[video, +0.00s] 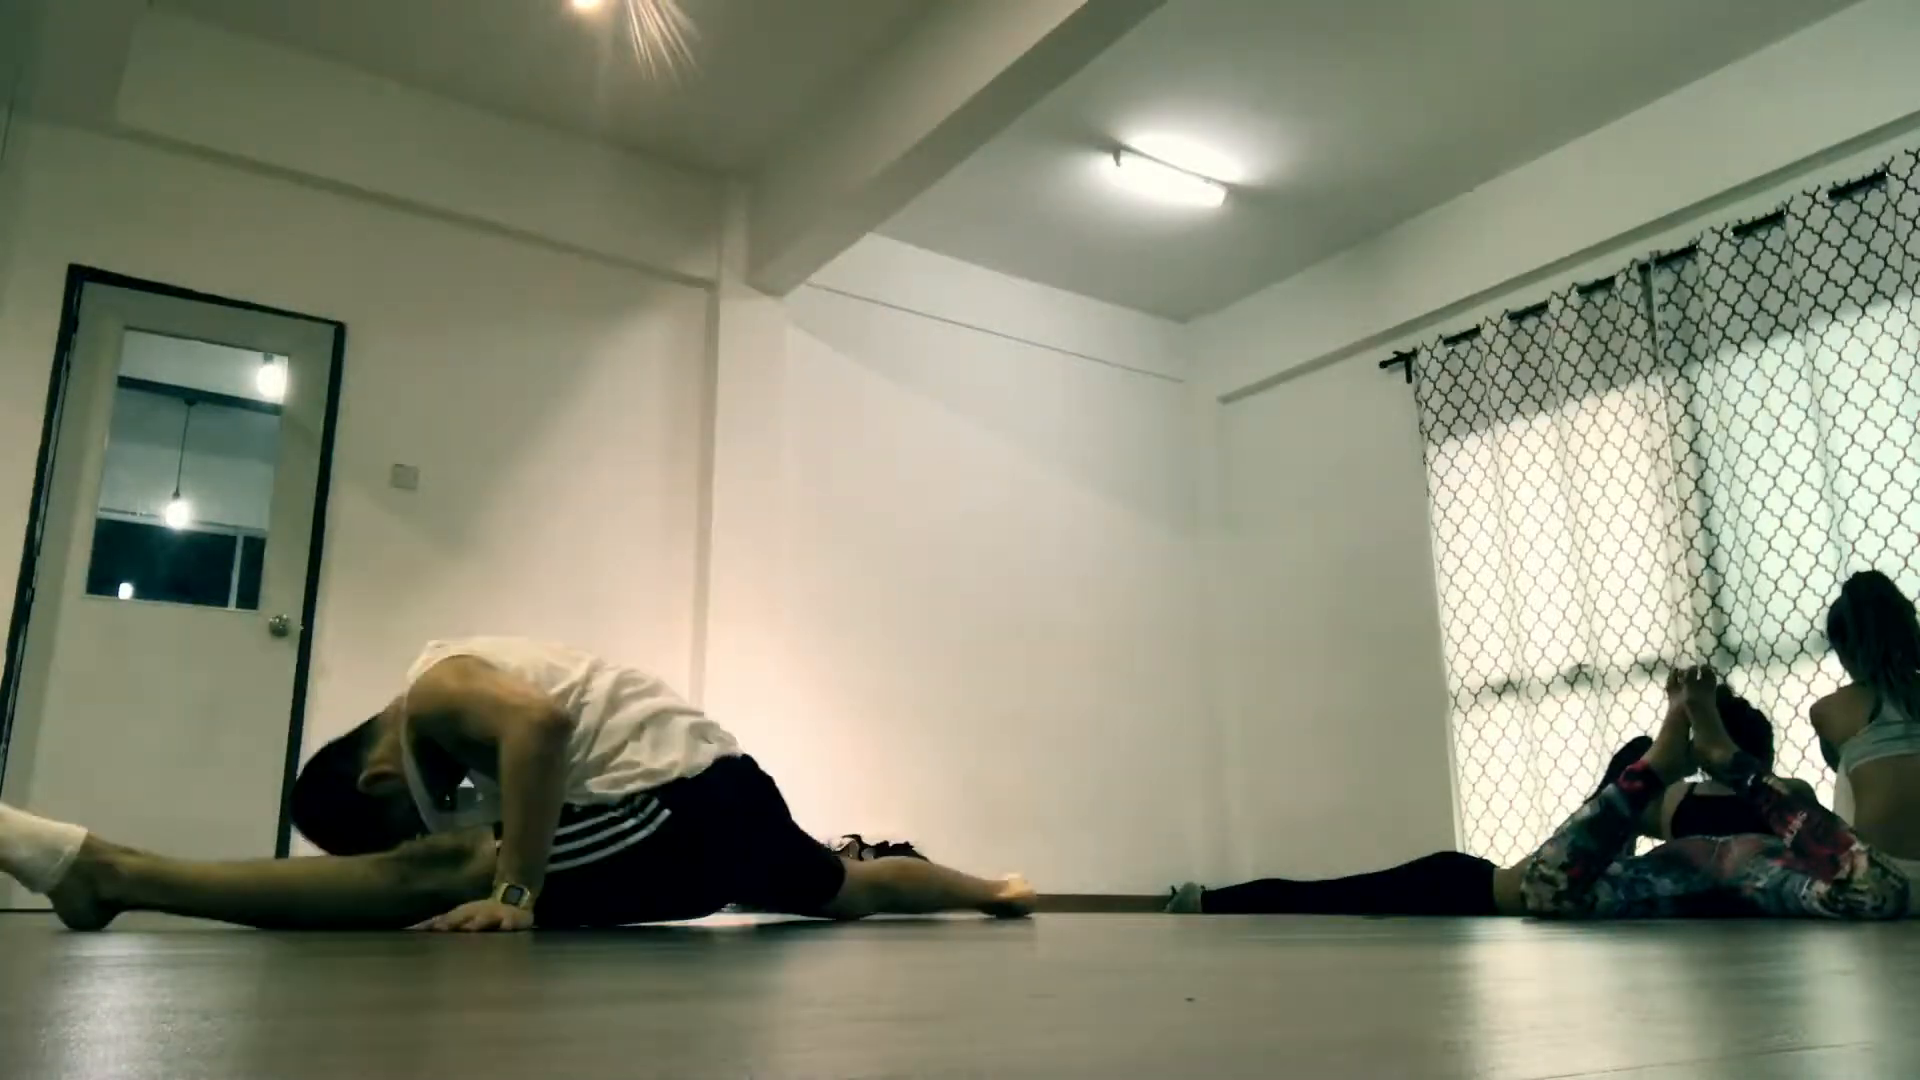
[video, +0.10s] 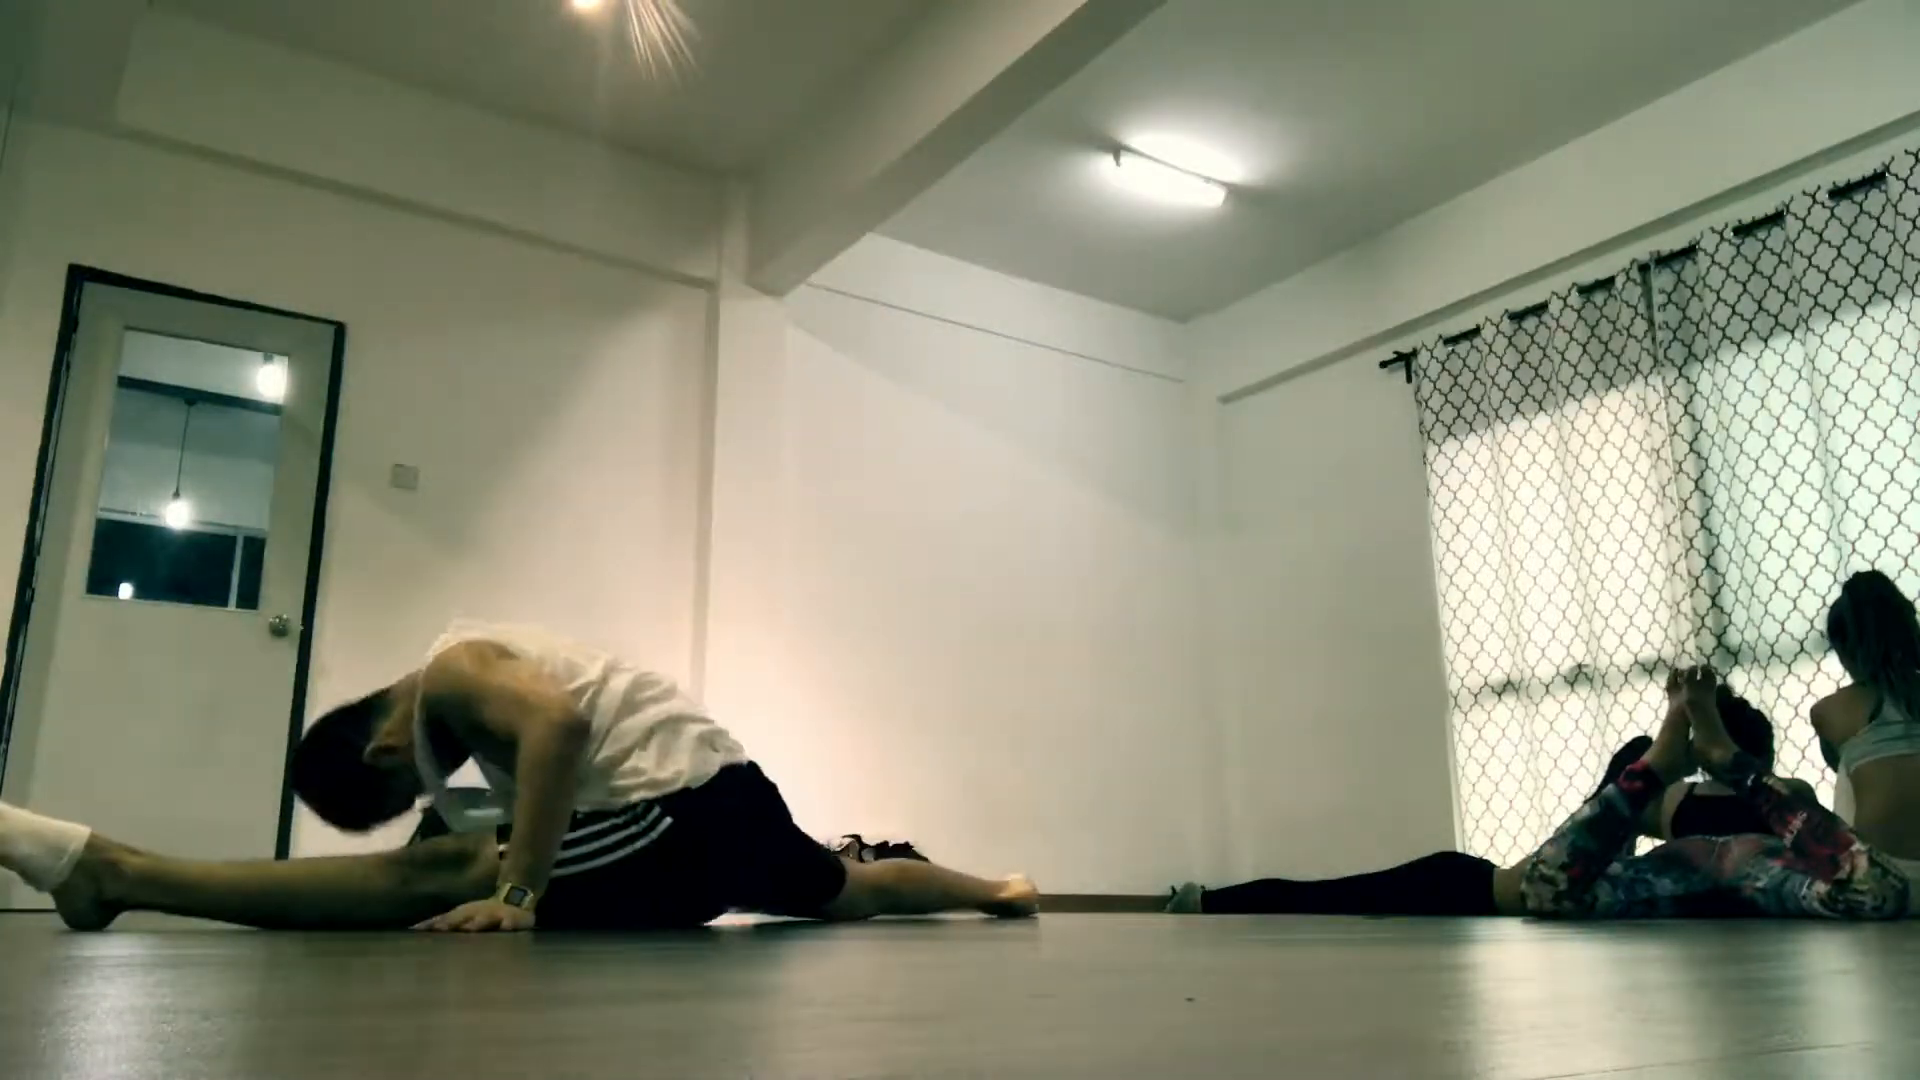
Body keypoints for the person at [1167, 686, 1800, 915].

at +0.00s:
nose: (1694, 735)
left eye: (1708, 727)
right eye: (1704, 725)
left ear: (1724, 741)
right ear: (1726, 740)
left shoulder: (1711, 805)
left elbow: (1643, 802)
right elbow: (1638, 796)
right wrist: (1674, 724)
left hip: (1483, 886)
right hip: (1482, 882)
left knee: (1338, 896)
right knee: (1336, 893)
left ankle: (1212, 900)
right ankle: (1211, 898)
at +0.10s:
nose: (1694, 736)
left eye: (1707, 728)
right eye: (1703, 724)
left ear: (1725, 740)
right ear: (1722, 738)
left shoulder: (1718, 805)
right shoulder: (1685, 789)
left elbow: (1644, 798)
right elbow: (1638, 797)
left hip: (1484, 887)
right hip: (1483, 881)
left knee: (1336, 897)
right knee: (1334, 894)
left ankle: (1211, 901)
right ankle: (1210, 898)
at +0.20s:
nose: (1695, 738)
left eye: (1708, 730)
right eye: (1703, 728)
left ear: (1725, 742)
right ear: (1721, 740)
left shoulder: (1716, 807)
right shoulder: (1676, 788)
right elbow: (1639, 797)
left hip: (1484, 887)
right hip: (1482, 882)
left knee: (1336, 897)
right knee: (1333, 894)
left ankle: (1211, 900)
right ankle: (1209, 899)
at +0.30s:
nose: (1690, 731)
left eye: (1702, 725)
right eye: (1694, 721)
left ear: (1727, 741)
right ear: (1712, 736)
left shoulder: (1726, 803)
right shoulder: (1666, 780)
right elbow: (1640, 800)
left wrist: (1697, 726)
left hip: (1493, 889)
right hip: (1485, 883)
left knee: (1340, 899)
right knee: (1337, 894)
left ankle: (1212, 901)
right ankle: (1208, 900)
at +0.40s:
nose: (1689, 727)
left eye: (1700, 721)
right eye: (1693, 717)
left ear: (1725, 736)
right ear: (1712, 732)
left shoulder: (1723, 799)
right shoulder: (1665, 776)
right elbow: (1642, 803)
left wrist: (1697, 724)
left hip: (1488, 888)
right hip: (1480, 882)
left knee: (1338, 898)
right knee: (1334, 895)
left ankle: (1210, 900)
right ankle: (1207, 899)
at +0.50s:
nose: (1693, 735)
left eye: (1704, 727)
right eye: (1703, 725)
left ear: (1721, 740)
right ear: (1727, 739)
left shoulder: (1712, 803)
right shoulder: (1687, 789)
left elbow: (1645, 799)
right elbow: (1640, 798)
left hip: (1485, 886)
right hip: (1484, 882)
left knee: (1336, 897)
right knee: (1334, 895)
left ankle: (1209, 900)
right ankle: (1208, 899)